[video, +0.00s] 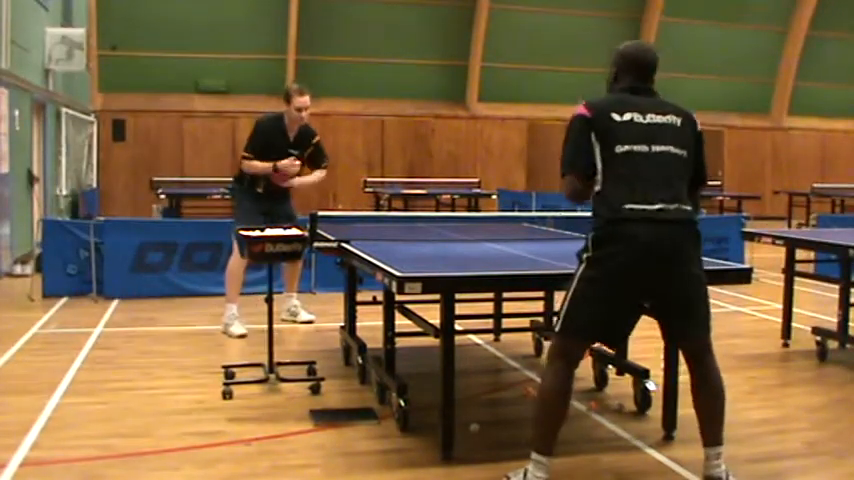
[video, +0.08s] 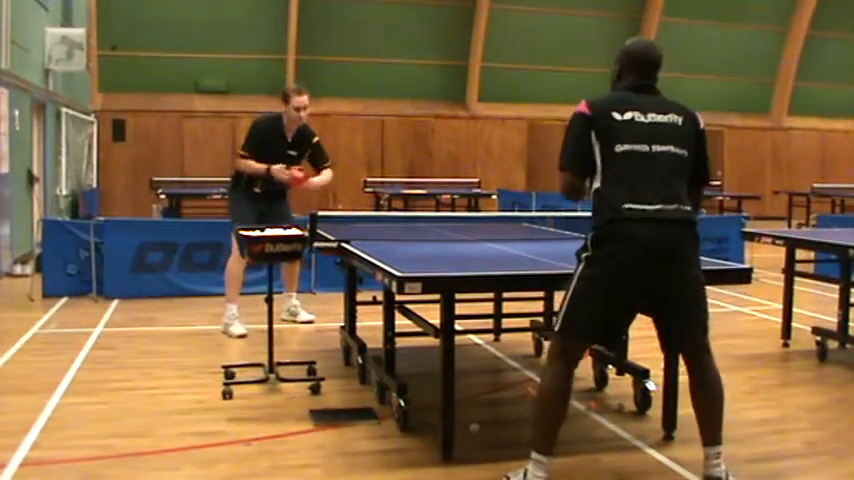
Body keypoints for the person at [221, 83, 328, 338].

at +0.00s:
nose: (304, 115)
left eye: (307, 109)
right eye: (299, 110)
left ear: (311, 108)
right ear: (287, 107)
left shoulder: (308, 134)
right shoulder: (266, 126)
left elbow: (322, 171)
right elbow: (245, 165)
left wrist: (295, 181)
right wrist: (277, 166)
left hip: (280, 192)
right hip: (250, 191)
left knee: (295, 242)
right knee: (243, 247)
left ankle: (291, 304)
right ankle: (231, 313)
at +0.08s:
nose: (302, 114)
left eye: (306, 109)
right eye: (297, 109)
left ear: (309, 108)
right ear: (284, 107)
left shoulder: (307, 135)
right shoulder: (263, 126)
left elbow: (327, 172)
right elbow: (241, 163)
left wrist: (310, 182)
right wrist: (271, 169)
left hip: (277, 194)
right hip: (246, 192)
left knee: (293, 243)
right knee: (241, 250)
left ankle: (291, 303)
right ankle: (231, 314)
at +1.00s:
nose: (309, 132)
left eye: (312, 127)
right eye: (304, 127)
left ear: (314, 128)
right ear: (290, 127)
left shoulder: (307, 154)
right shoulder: (267, 145)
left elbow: (312, 186)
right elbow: (240, 180)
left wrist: (319, 201)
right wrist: (265, 205)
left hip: (275, 205)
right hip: (245, 201)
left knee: (302, 245)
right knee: (243, 252)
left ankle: (300, 302)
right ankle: (220, 316)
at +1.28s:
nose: (327, 144)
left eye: (329, 138)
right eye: (322, 138)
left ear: (330, 138)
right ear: (307, 135)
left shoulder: (318, 163)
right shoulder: (280, 149)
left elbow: (330, 192)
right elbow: (250, 179)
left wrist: (345, 188)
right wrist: (273, 207)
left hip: (275, 207)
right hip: (247, 200)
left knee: (306, 246)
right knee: (244, 253)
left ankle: (300, 303)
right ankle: (220, 317)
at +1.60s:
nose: (329, 126)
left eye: (332, 121)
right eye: (324, 121)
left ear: (334, 123)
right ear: (310, 122)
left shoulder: (328, 151)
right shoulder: (287, 141)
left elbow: (349, 177)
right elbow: (257, 170)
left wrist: (364, 178)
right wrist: (280, 198)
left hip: (285, 203)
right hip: (257, 196)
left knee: (314, 242)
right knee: (251, 248)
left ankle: (302, 302)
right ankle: (228, 314)